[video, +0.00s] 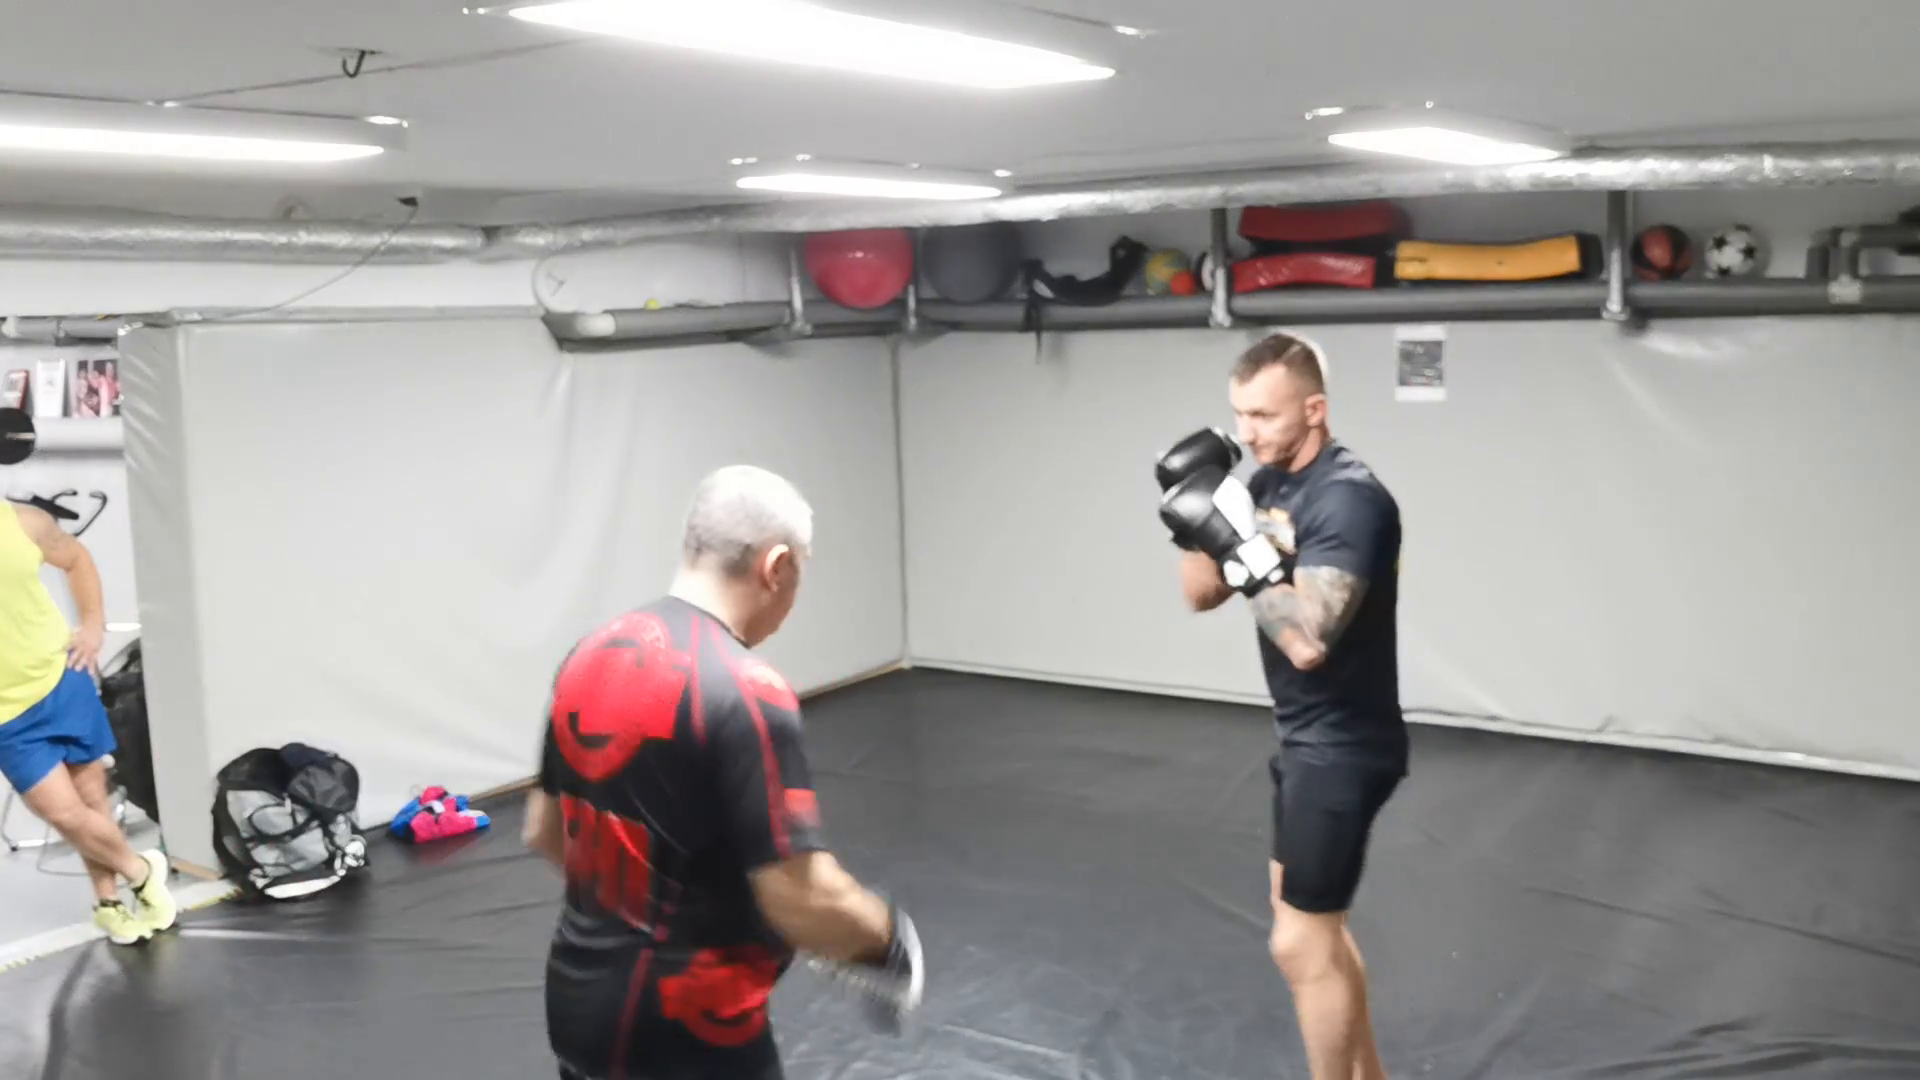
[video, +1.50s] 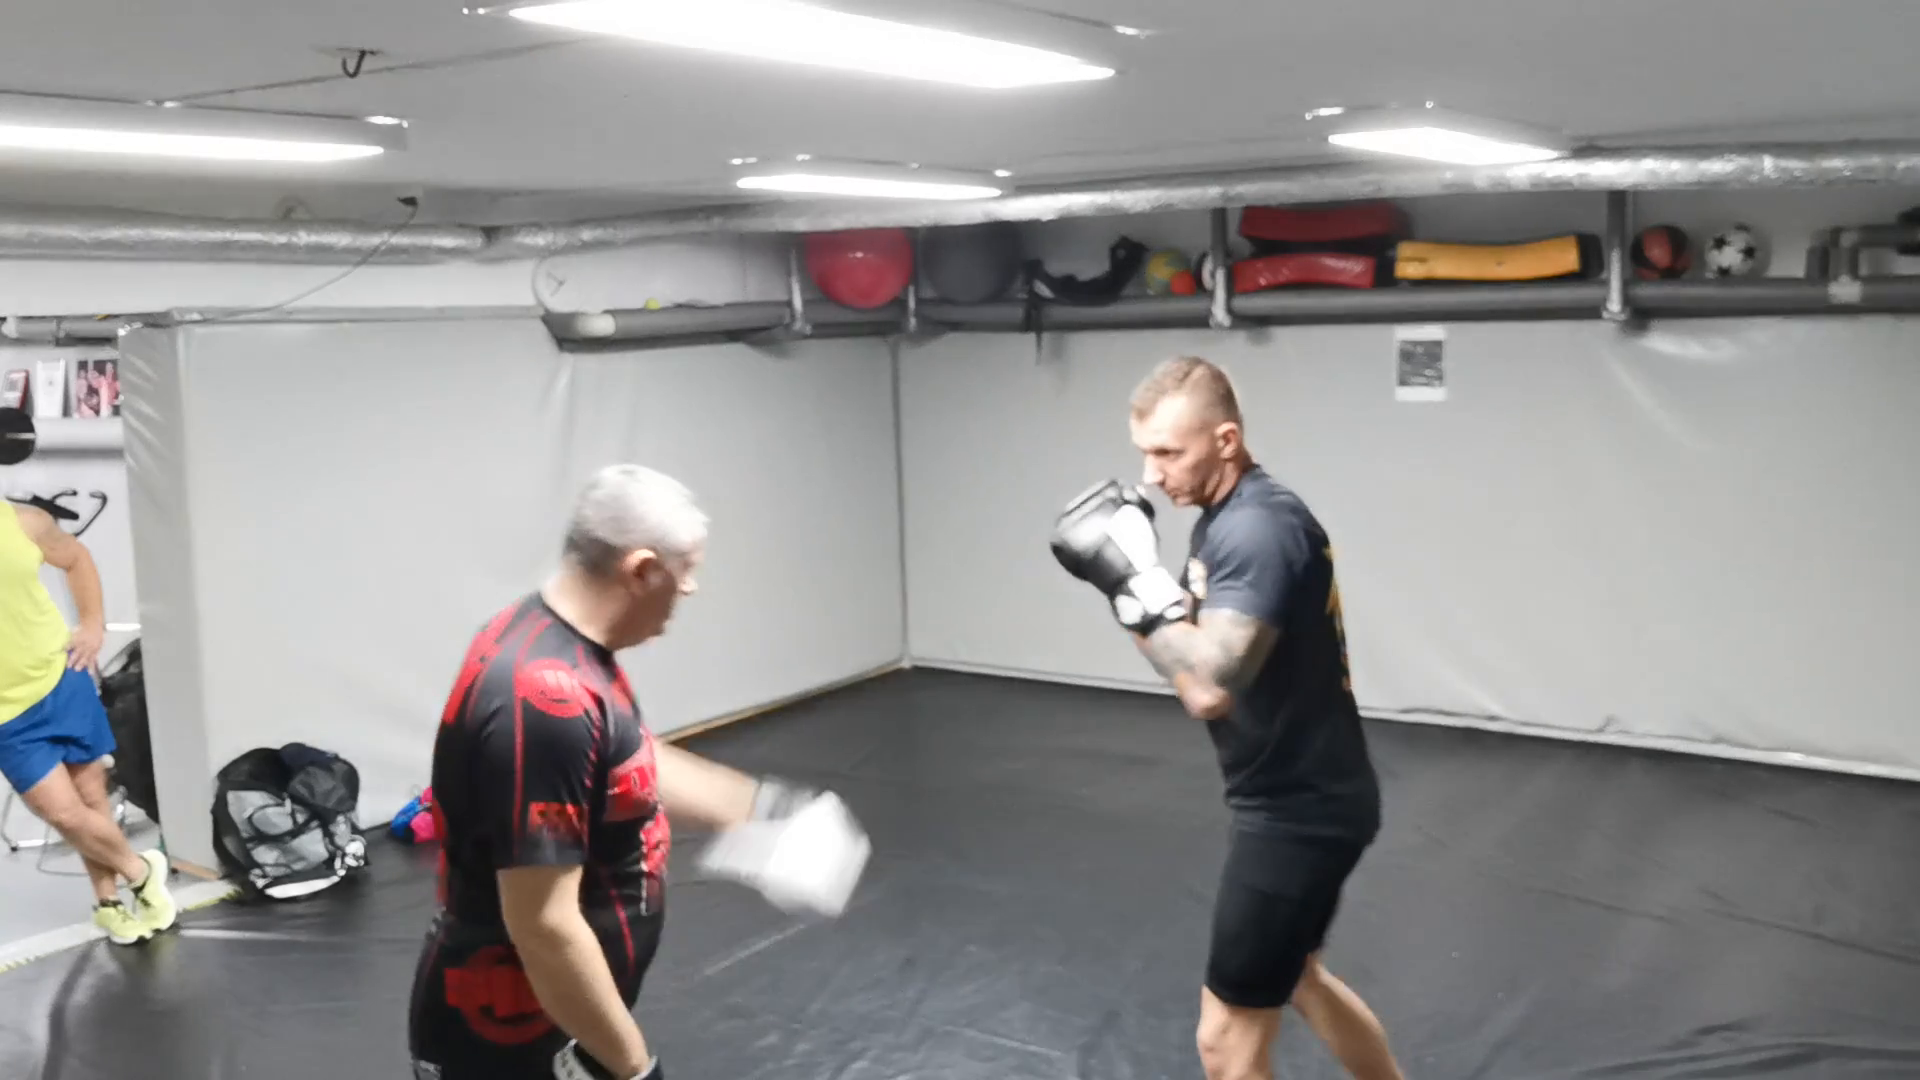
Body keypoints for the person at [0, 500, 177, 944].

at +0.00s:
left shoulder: (21, 522)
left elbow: (76, 558)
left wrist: (93, 623)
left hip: (62, 682)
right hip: (7, 715)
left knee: (91, 797)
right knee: (65, 816)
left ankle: (107, 901)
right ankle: (142, 872)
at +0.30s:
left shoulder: (21, 522)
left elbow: (76, 558)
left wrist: (93, 624)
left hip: (62, 682)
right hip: (7, 715)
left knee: (91, 798)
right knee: (65, 816)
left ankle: (108, 901)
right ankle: (142, 872)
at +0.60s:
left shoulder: (22, 522)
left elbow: (77, 558)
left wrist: (93, 623)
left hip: (62, 683)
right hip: (9, 716)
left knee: (92, 800)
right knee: (66, 818)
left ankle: (108, 902)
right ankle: (142, 872)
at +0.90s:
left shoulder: (22, 522)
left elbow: (76, 558)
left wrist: (93, 623)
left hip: (63, 683)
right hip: (9, 716)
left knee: (92, 800)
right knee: (67, 818)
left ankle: (108, 902)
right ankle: (142, 872)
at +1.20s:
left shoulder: (20, 522)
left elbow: (77, 557)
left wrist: (92, 622)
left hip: (62, 682)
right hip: (8, 714)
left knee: (91, 797)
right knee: (65, 816)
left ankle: (107, 901)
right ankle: (141, 872)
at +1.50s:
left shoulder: (21, 522)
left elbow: (77, 558)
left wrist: (92, 623)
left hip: (61, 681)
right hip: (7, 714)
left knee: (91, 796)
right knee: (64, 816)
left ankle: (107, 901)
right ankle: (141, 872)